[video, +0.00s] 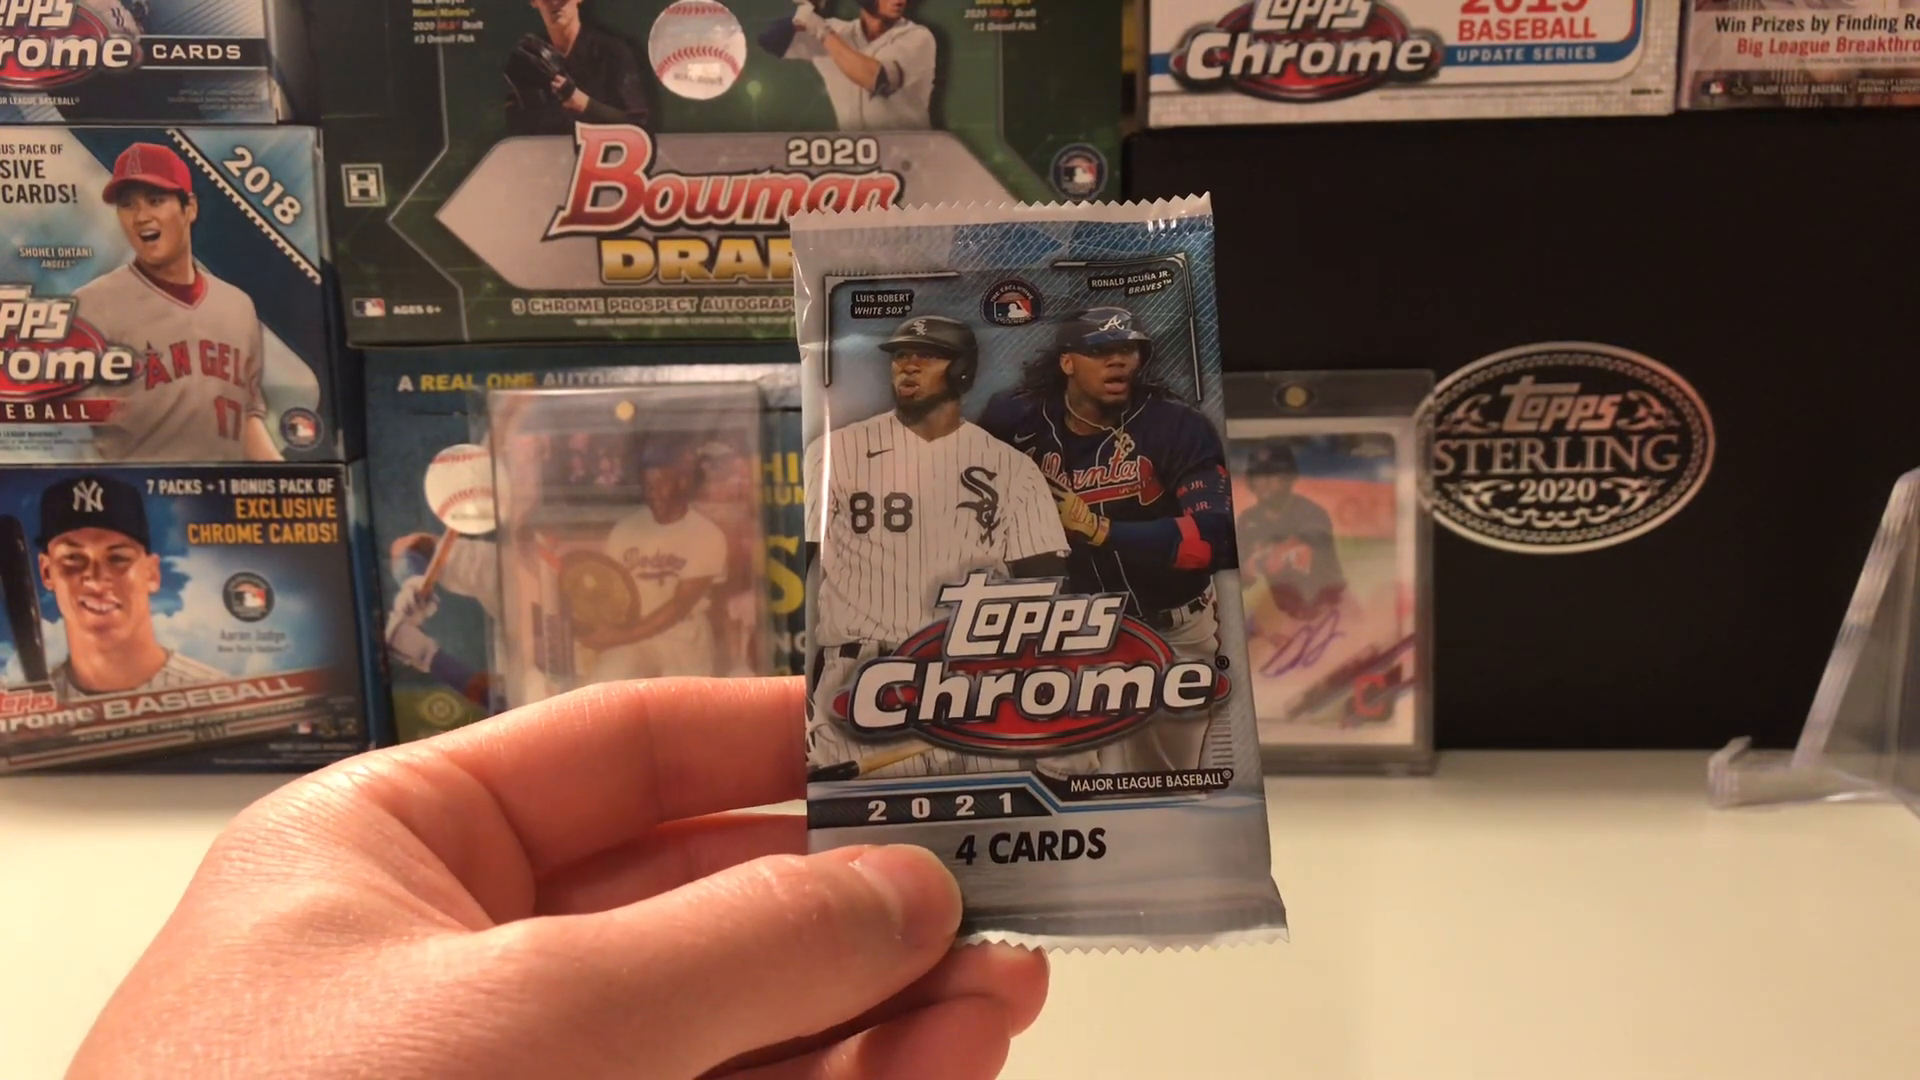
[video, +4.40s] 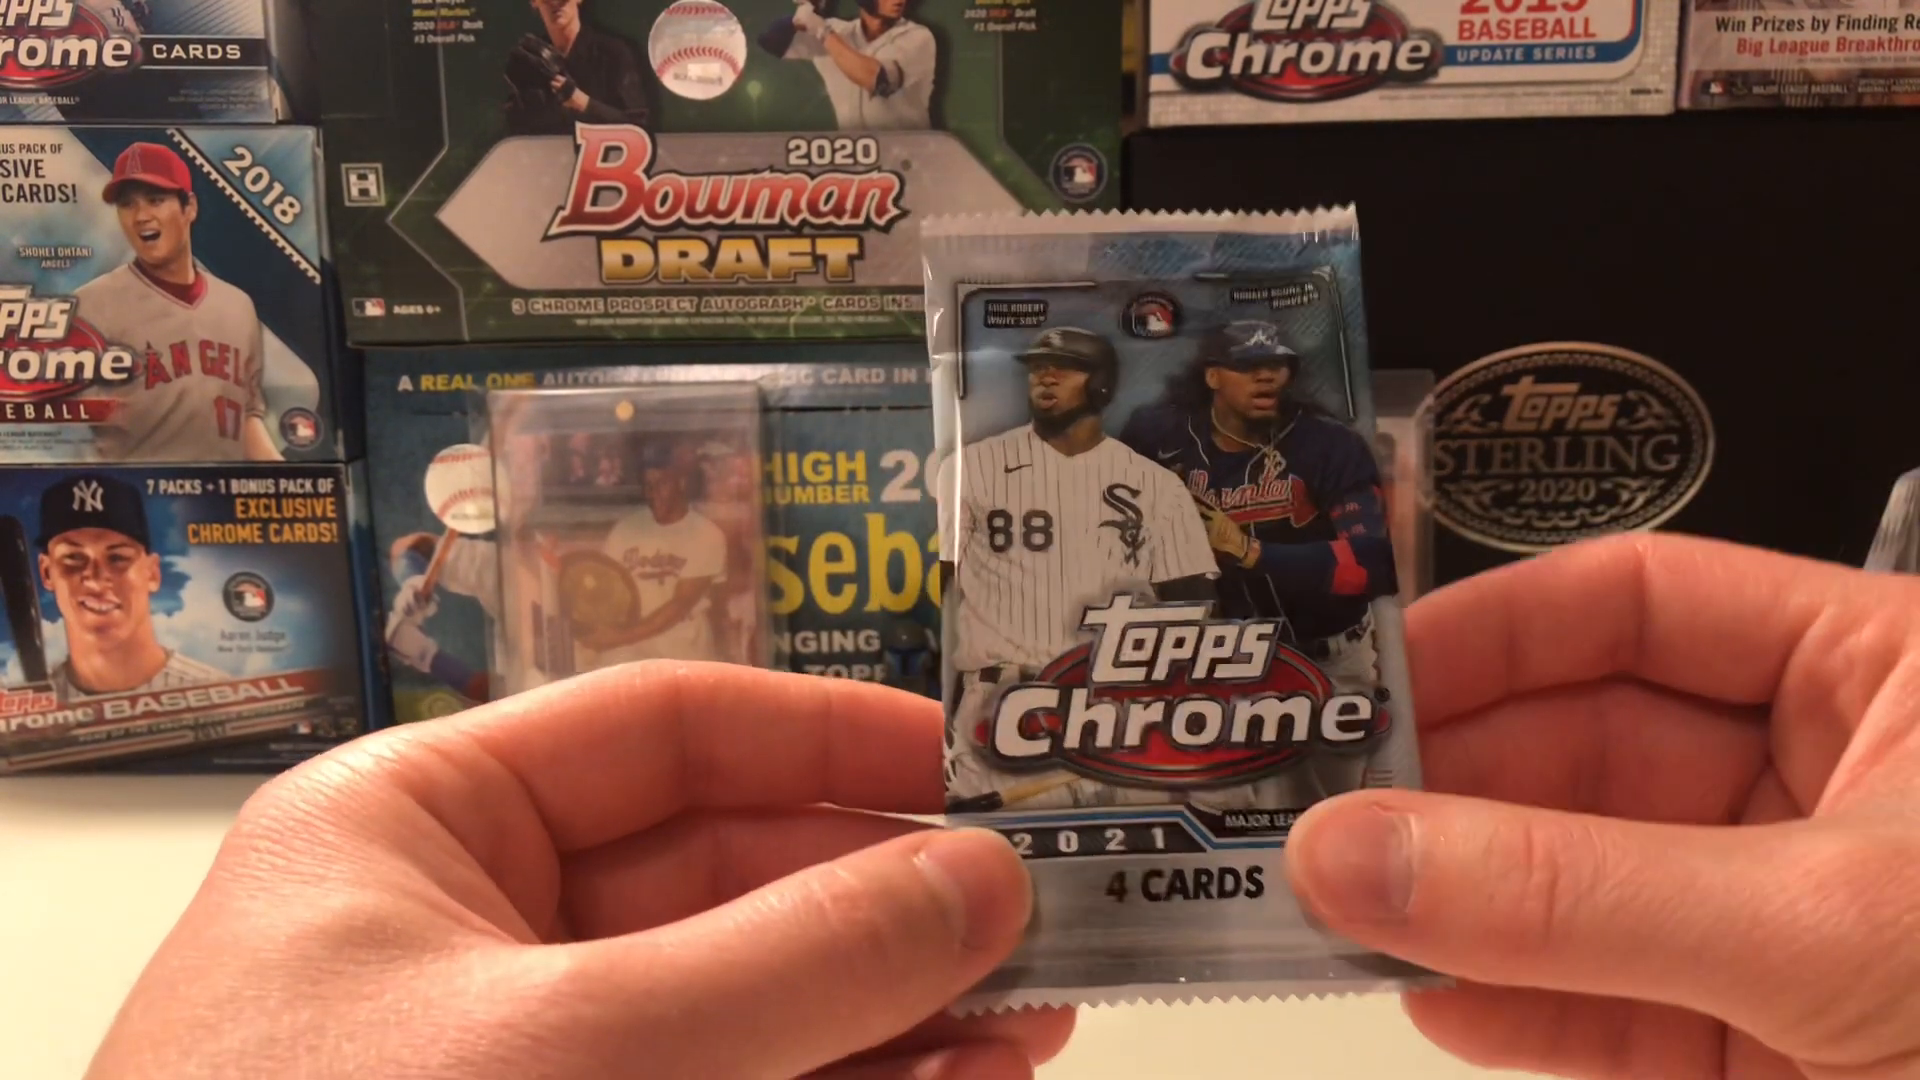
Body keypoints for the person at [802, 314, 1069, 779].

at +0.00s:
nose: (907, 367)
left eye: (925, 356)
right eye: (900, 355)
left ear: (960, 370)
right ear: (890, 365)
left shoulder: (1012, 470)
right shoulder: (832, 456)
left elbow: (1043, 592)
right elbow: (793, 574)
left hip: (972, 696)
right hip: (853, 694)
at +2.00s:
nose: (932, 369)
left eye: (950, 358)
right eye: (925, 357)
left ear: (985, 373)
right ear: (915, 367)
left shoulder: (1037, 475)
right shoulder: (856, 459)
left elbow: (1066, 597)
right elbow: (827, 575)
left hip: (992, 699)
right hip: (873, 697)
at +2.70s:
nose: (971, 376)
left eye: (989, 365)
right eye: (964, 365)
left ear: (1025, 381)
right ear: (954, 375)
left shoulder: (1080, 484)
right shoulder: (897, 468)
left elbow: (1113, 608)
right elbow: (857, 591)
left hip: (1038, 717)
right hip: (917, 715)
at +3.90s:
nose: (1032, 370)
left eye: (1051, 360)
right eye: (1025, 359)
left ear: (1087, 377)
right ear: (1014, 369)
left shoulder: (1145, 483)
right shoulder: (957, 464)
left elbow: (1178, 611)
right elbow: (910, 593)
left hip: (1100, 716)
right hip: (979, 714)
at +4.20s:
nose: (1028, 369)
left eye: (1046, 359)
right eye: (1021, 358)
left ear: (1083, 375)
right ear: (1010, 368)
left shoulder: (1139, 478)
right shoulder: (951, 462)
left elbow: (1172, 606)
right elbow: (912, 588)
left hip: (1099, 717)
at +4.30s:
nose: (1038, 376)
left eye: (1055, 366)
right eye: (1031, 365)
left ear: (1091, 382)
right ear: (1020, 375)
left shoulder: (1147, 485)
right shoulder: (959, 468)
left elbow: (1183, 611)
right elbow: (934, 593)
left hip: (1102, 711)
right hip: (982, 710)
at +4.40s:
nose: (1045, 379)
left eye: (1062, 368)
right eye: (1037, 368)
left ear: (1098, 384)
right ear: (1027, 378)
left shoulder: (1156, 486)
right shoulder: (970, 471)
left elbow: (1191, 613)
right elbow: (946, 594)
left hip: (1111, 714)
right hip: (993, 714)